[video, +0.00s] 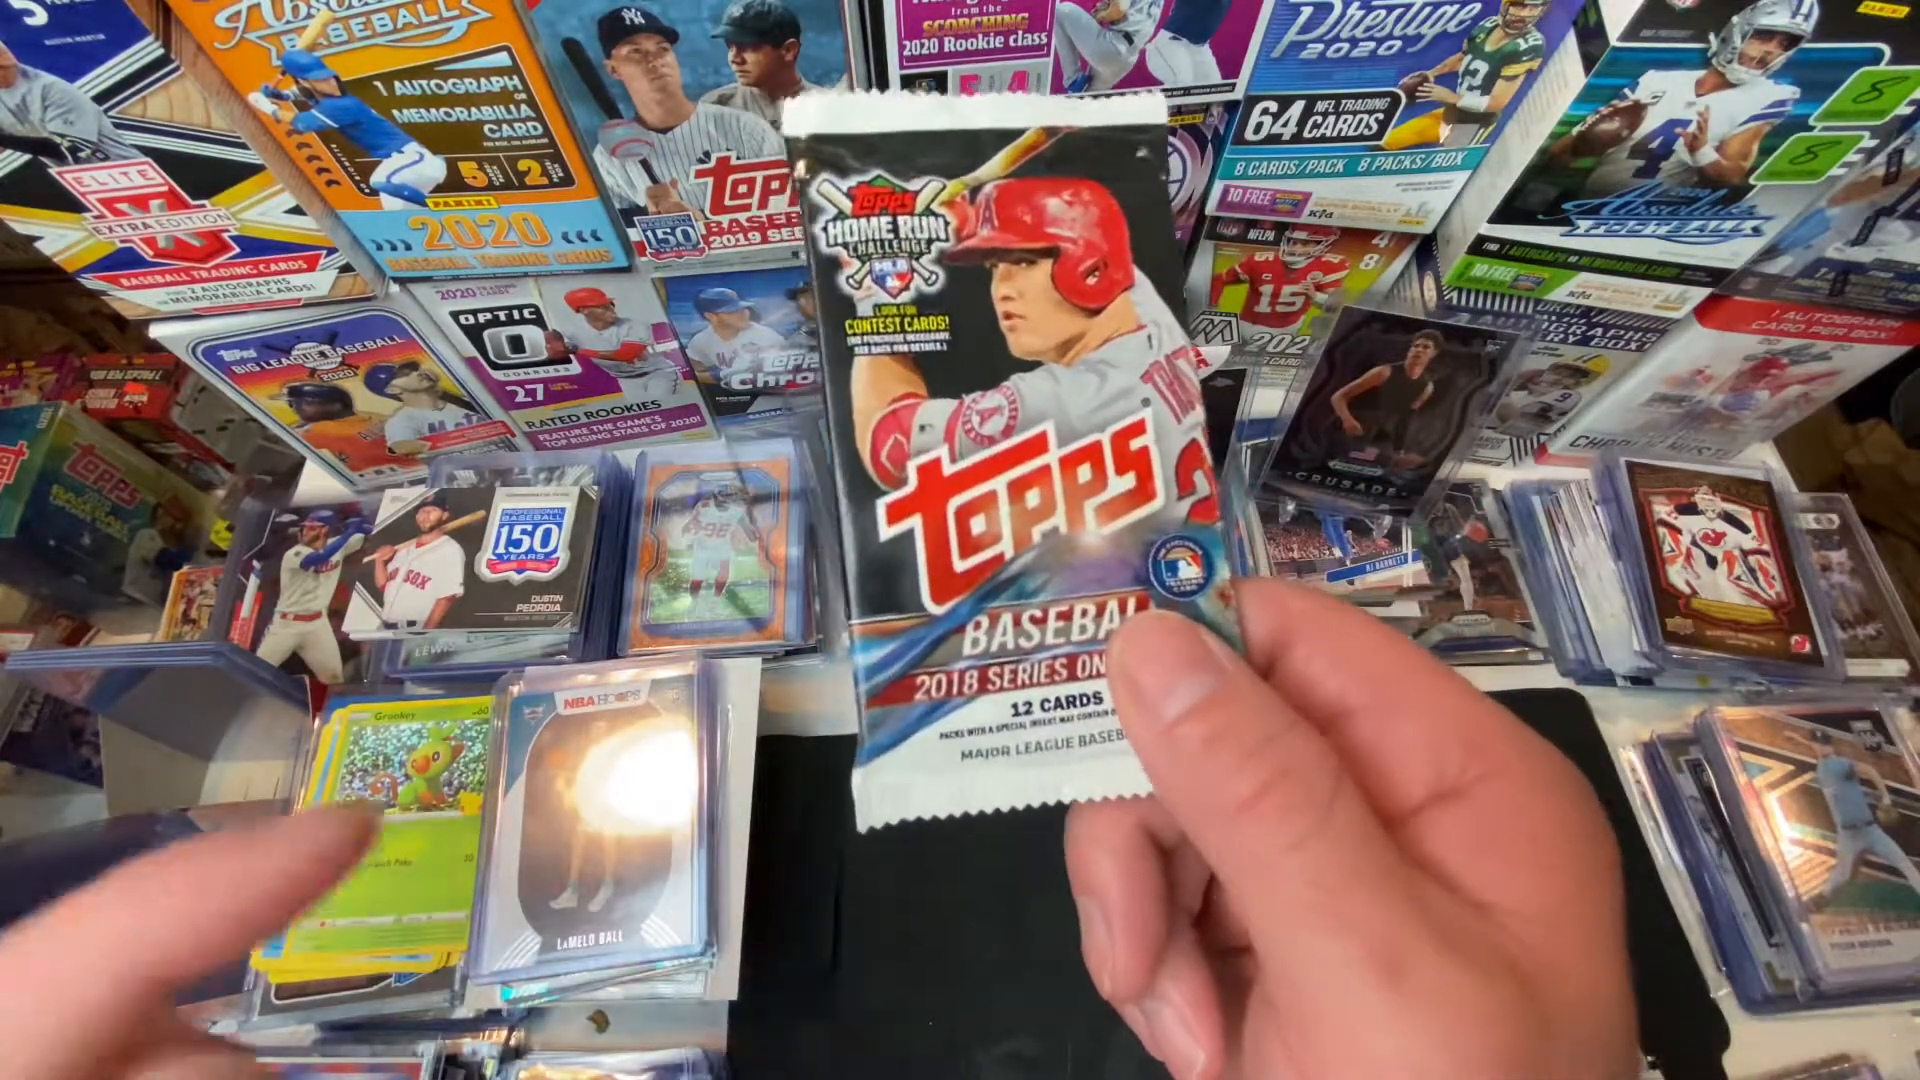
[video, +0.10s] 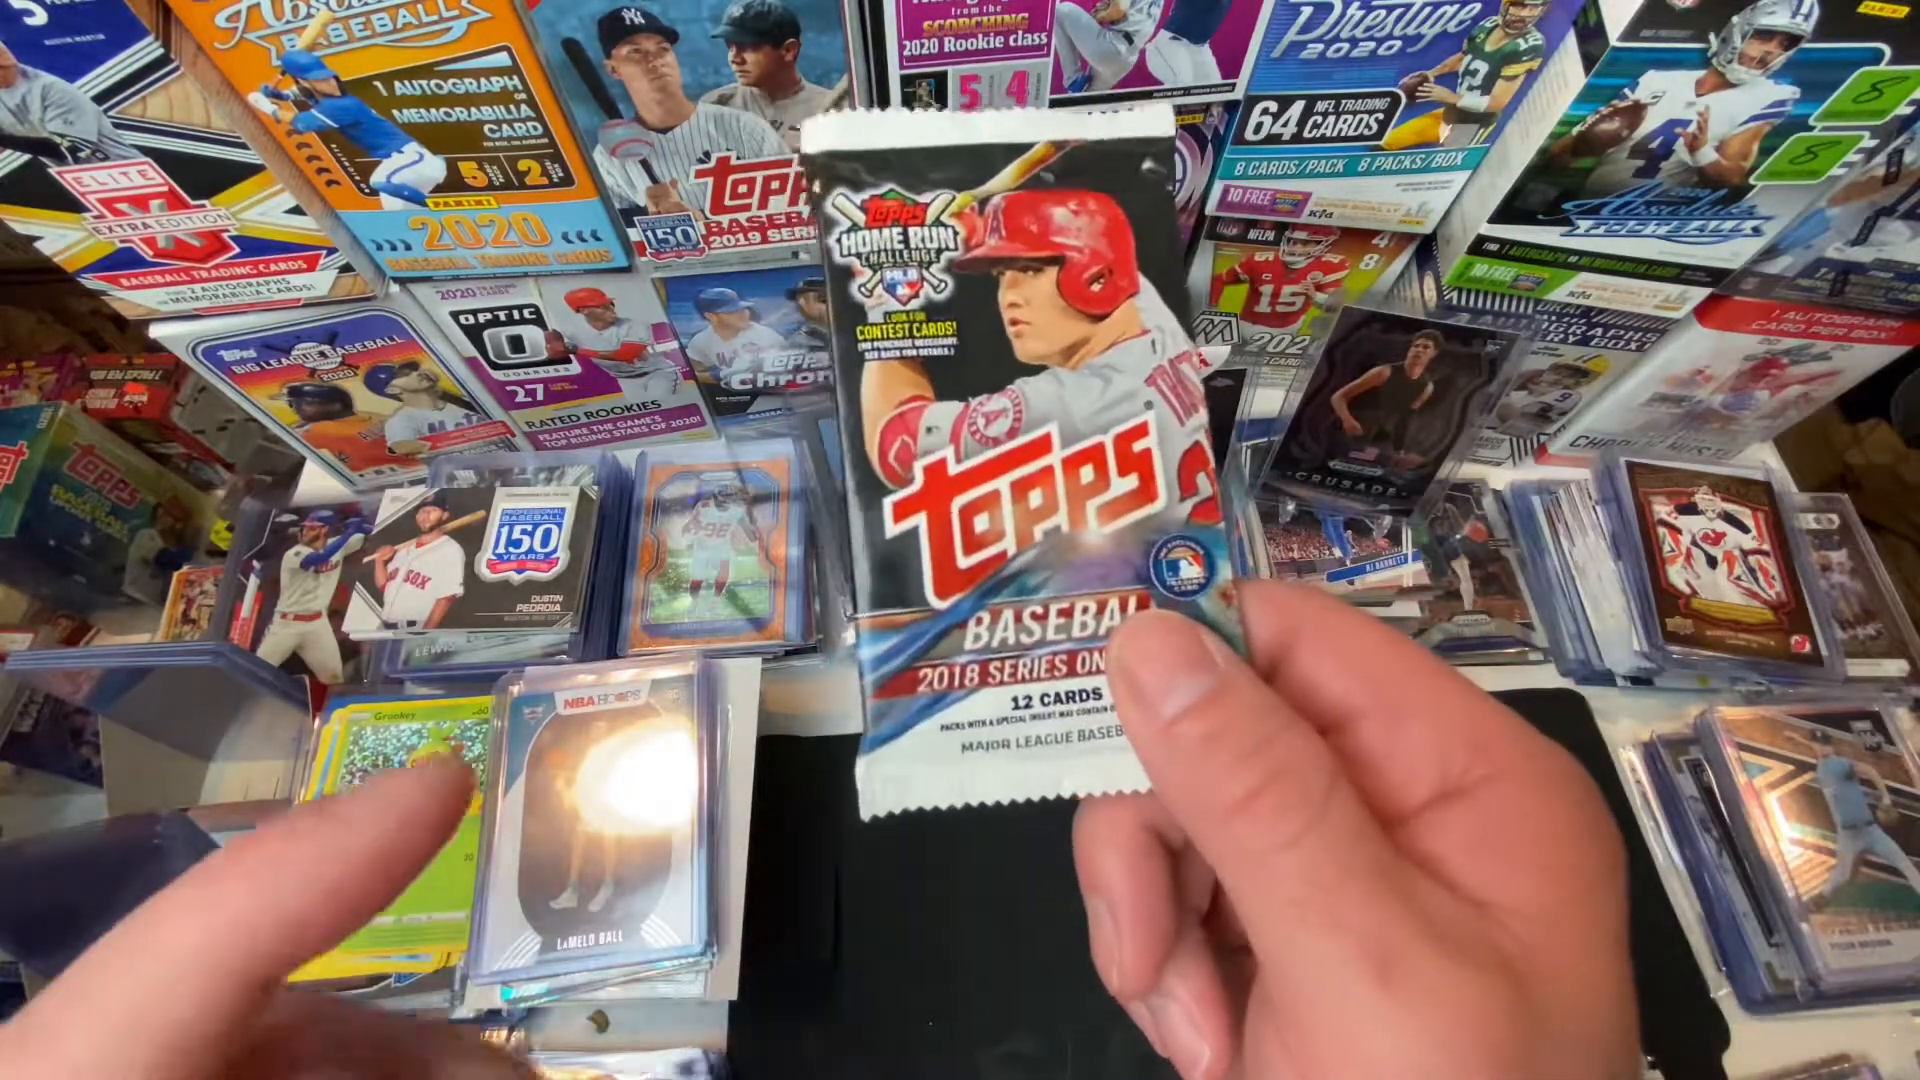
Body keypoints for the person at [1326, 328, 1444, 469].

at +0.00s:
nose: (1419, 350)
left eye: (1426, 347)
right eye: (1416, 346)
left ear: (1434, 355)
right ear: (1410, 349)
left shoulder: (1426, 389)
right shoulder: (1384, 373)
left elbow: (1405, 417)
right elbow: (1338, 397)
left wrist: (1400, 452)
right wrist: (1347, 420)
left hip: (1385, 440)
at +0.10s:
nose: (1419, 350)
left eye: (1426, 347)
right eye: (1416, 346)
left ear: (1433, 354)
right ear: (1410, 349)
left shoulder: (1426, 389)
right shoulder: (1384, 373)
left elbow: (1405, 417)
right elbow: (1338, 397)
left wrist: (1400, 452)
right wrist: (1348, 420)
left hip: (1385, 441)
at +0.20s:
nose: (1419, 350)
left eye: (1426, 347)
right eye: (1416, 346)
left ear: (1433, 355)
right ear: (1410, 349)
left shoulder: (1426, 389)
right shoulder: (1384, 373)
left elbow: (1405, 417)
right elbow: (1338, 397)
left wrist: (1400, 452)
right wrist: (1347, 420)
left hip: (1385, 440)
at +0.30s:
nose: (1419, 350)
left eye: (1426, 347)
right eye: (1416, 346)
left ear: (1434, 354)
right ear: (1409, 349)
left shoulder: (1426, 389)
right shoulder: (1384, 373)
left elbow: (1405, 417)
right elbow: (1338, 397)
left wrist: (1400, 451)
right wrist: (1348, 420)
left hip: (1382, 440)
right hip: (1354, 433)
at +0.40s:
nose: (1419, 350)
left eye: (1426, 347)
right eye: (1416, 346)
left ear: (1434, 354)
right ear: (1409, 349)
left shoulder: (1426, 389)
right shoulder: (1384, 373)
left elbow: (1405, 417)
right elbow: (1338, 397)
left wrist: (1400, 451)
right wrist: (1348, 420)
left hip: (1382, 440)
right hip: (1354, 433)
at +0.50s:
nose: (1419, 350)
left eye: (1426, 347)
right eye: (1416, 346)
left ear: (1434, 354)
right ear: (1410, 349)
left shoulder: (1426, 389)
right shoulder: (1384, 373)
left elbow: (1405, 417)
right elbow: (1338, 397)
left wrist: (1400, 452)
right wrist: (1348, 420)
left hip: (1381, 438)